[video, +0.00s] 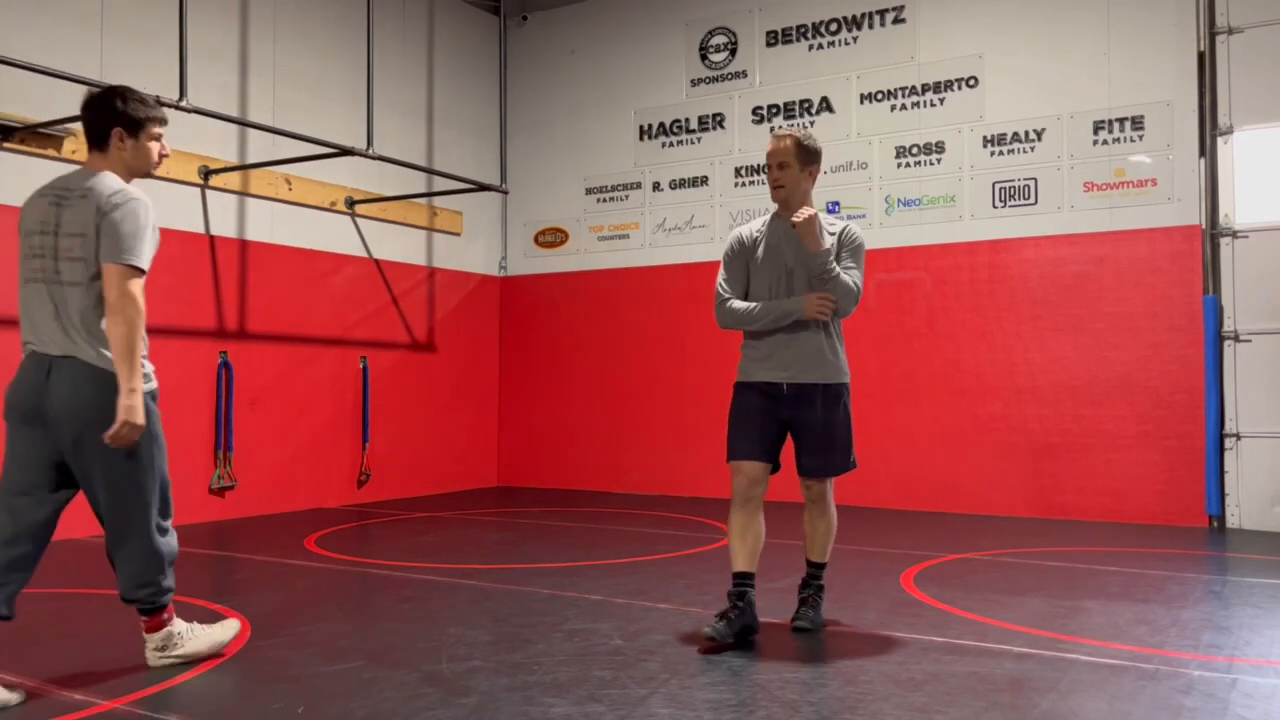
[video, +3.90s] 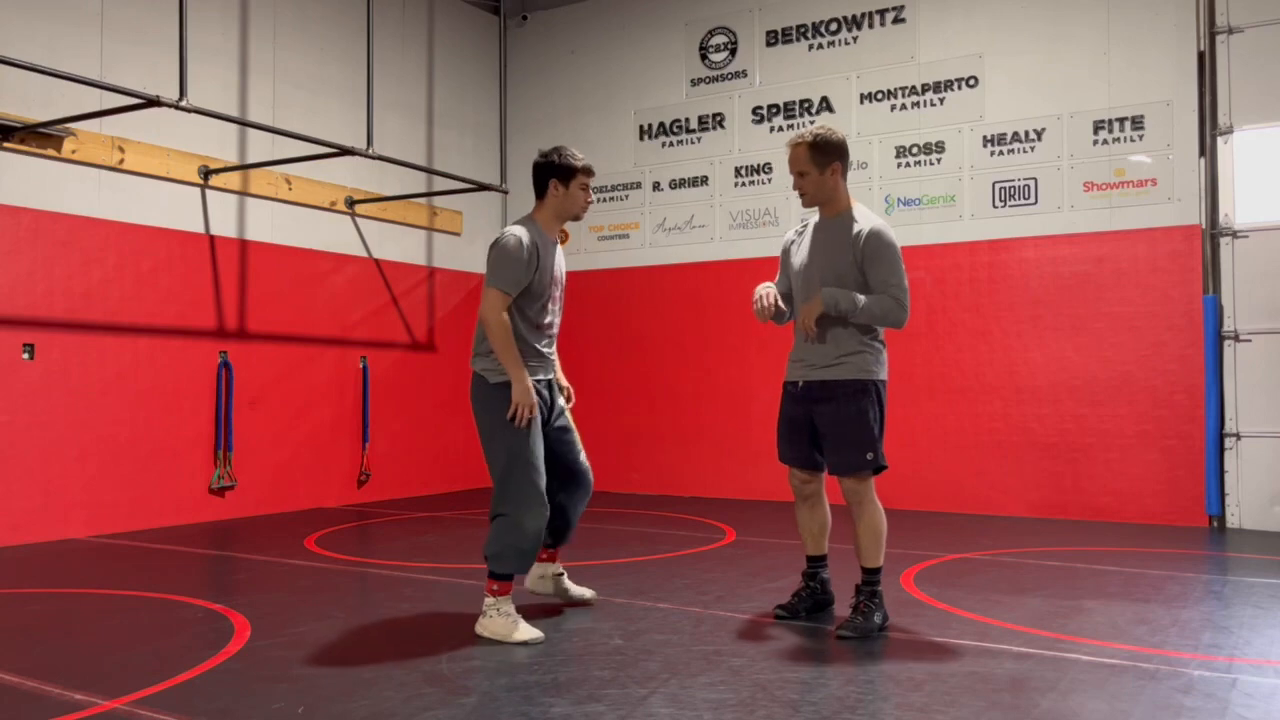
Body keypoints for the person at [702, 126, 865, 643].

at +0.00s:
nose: (772, 177)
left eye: (782, 168)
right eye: (768, 168)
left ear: (812, 172)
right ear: (767, 173)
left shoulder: (843, 237)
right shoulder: (744, 240)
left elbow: (845, 303)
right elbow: (725, 311)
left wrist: (815, 246)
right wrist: (794, 307)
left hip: (819, 383)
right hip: (757, 383)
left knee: (816, 491)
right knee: (746, 488)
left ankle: (812, 596)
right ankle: (741, 607)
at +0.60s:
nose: (721, 174)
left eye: (729, 163)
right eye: (718, 165)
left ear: (762, 161)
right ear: (731, 168)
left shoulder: (807, 227)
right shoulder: (708, 240)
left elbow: (806, 293)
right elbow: (683, 315)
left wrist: (755, 256)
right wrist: (717, 311)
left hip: (784, 382)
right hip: (724, 384)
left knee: (795, 499)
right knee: (731, 495)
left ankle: (813, 570)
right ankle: (740, 613)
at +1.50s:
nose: (793, 161)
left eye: (804, 151)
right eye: (786, 152)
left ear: (829, 157)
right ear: (780, 160)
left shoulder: (858, 229)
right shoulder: (759, 235)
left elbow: (880, 308)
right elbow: (732, 306)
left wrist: (825, 274)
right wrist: (754, 303)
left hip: (834, 379)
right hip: (771, 381)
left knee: (839, 494)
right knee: (755, 491)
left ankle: (843, 611)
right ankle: (744, 613)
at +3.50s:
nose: (779, 188)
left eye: (786, 179)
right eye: (777, 179)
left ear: (818, 177)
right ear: (787, 182)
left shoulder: (857, 239)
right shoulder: (775, 249)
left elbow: (876, 311)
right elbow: (758, 323)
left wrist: (807, 295)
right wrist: (772, 300)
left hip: (841, 380)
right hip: (789, 382)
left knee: (847, 486)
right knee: (802, 486)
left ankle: (869, 597)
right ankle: (815, 588)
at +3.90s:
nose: (794, 183)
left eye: (801, 174)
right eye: (792, 174)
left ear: (834, 171)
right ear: (817, 174)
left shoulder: (872, 235)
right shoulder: (796, 240)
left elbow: (896, 310)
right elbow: (788, 306)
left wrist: (830, 301)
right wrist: (770, 303)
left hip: (853, 381)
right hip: (802, 382)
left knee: (857, 489)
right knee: (806, 486)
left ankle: (870, 601)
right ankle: (816, 589)